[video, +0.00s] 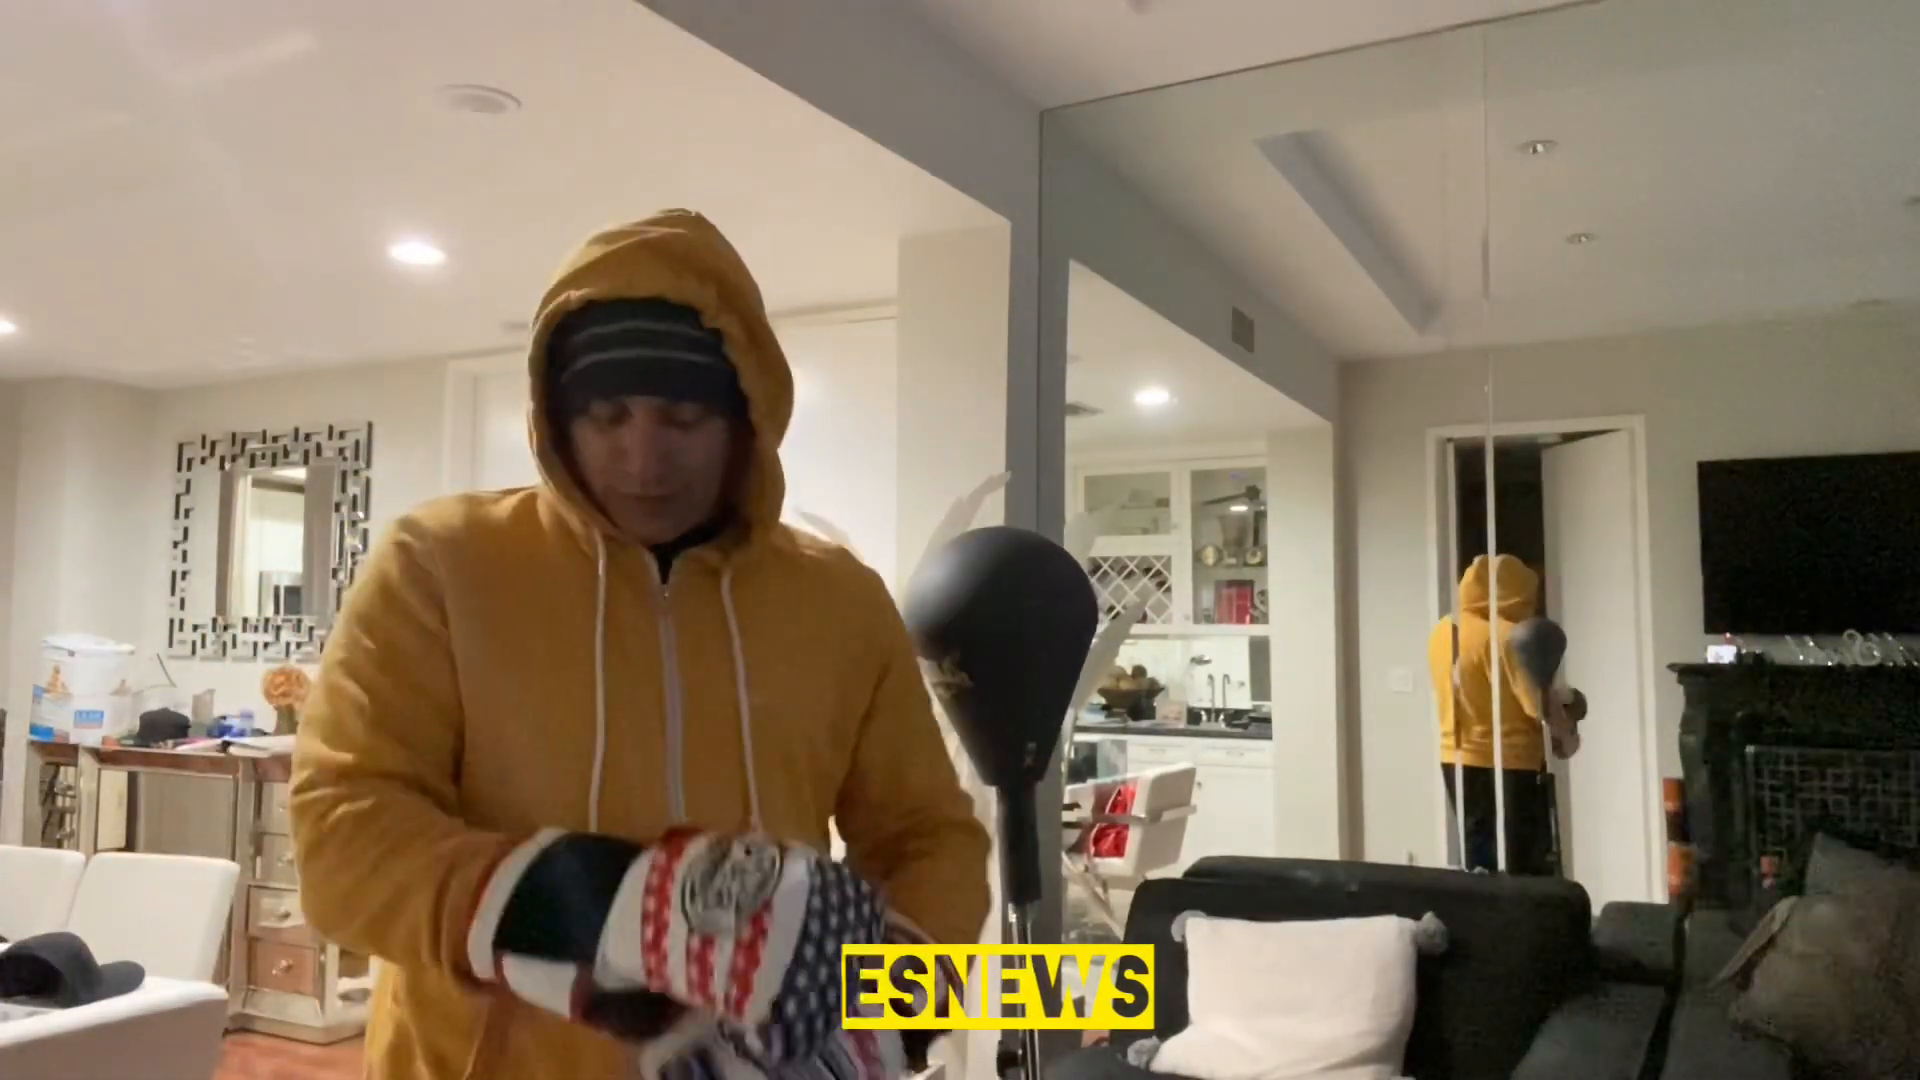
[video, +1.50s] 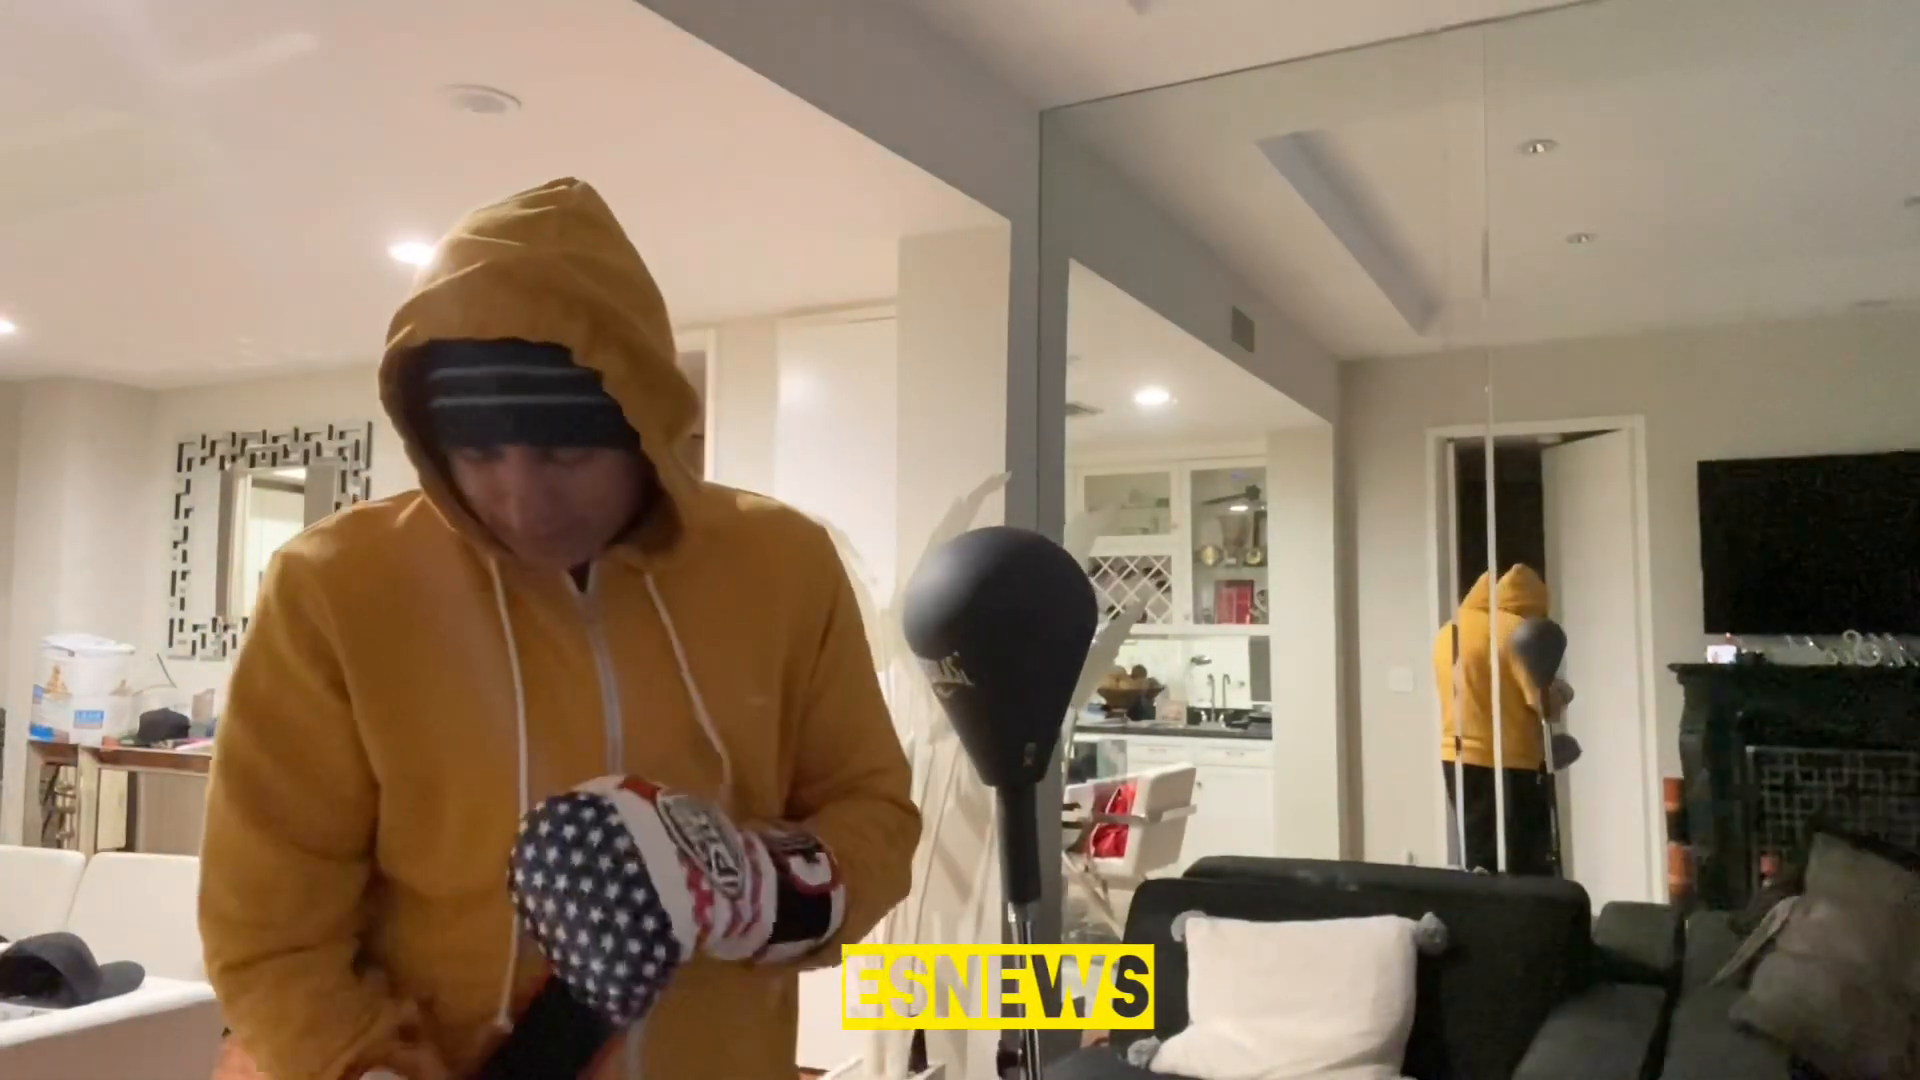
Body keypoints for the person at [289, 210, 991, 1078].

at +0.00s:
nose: (642, 458)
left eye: (683, 415)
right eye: (606, 415)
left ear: (743, 422)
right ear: (559, 422)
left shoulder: (839, 604)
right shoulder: (441, 569)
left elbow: (929, 837)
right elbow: (343, 839)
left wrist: (869, 1010)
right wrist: (586, 908)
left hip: (759, 1066)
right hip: (481, 1059)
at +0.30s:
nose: (678, 498)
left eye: (714, 455)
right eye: (642, 452)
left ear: (758, 450)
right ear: (574, 434)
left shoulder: (817, 600)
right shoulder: (425, 569)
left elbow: (872, 820)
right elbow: (331, 866)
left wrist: (932, 906)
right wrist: (542, 1011)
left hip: (748, 1061)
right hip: (482, 1063)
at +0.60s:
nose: (674, 501)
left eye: (708, 461)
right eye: (637, 458)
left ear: (746, 459)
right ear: (566, 442)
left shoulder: (800, 591)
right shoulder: (409, 572)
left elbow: (864, 805)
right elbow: (340, 904)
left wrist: (847, 902)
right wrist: (562, 1049)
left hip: (752, 1060)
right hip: (500, 1062)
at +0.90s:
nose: (623, 500)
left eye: (660, 451)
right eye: (580, 454)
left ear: (706, 435)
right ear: (512, 440)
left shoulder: (788, 574)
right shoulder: (375, 580)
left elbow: (865, 801)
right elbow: (304, 915)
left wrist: (828, 896)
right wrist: (519, 1051)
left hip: (739, 1059)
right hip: (494, 1062)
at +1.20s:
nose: (557, 505)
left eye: (597, 454)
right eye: (514, 456)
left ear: (665, 436)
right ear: (460, 443)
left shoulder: (778, 569)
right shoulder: (340, 584)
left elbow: (851, 822)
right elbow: (276, 927)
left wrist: (756, 940)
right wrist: (459, 1061)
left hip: (724, 1067)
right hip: (456, 1068)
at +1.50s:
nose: (523, 500)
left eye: (569, 445)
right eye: (480, 451)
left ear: (651, 423)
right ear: (433, 441)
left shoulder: (783, 569)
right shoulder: (333, 596)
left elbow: (877, 814)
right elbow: (273, 942)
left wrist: (756, 888)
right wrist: (388, 1069)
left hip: (724, 1058)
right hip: (457, 1060)